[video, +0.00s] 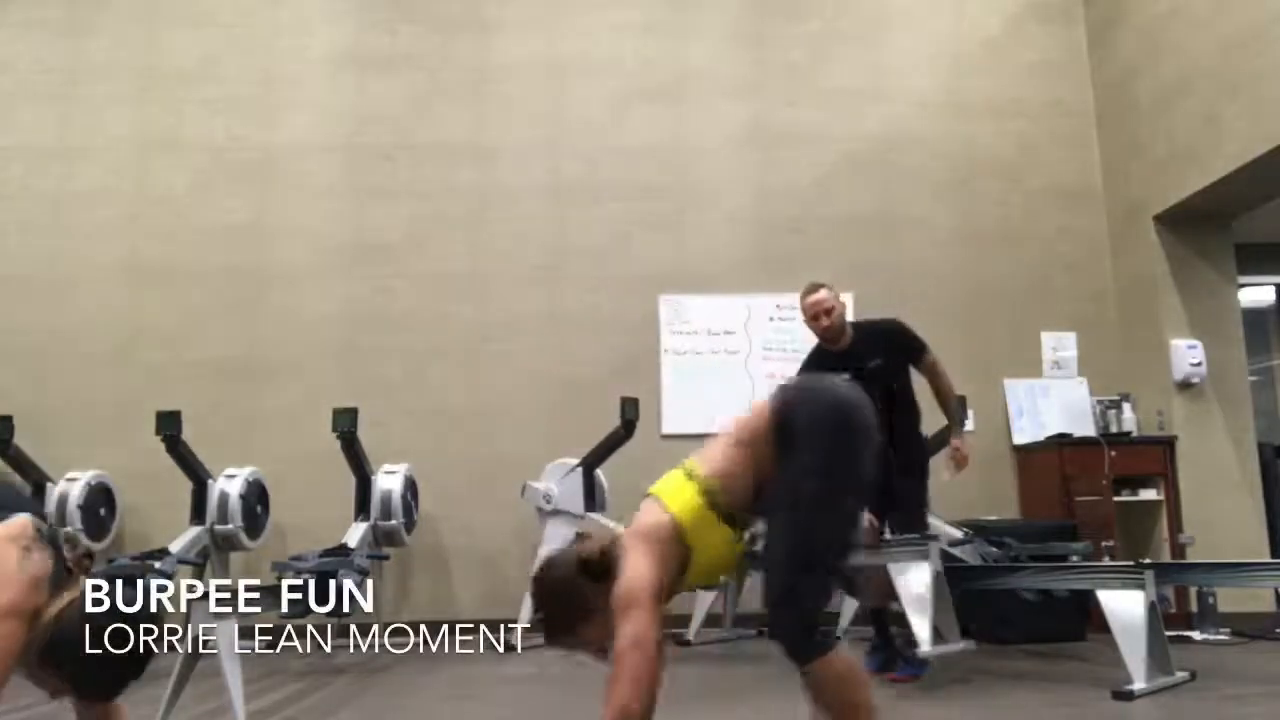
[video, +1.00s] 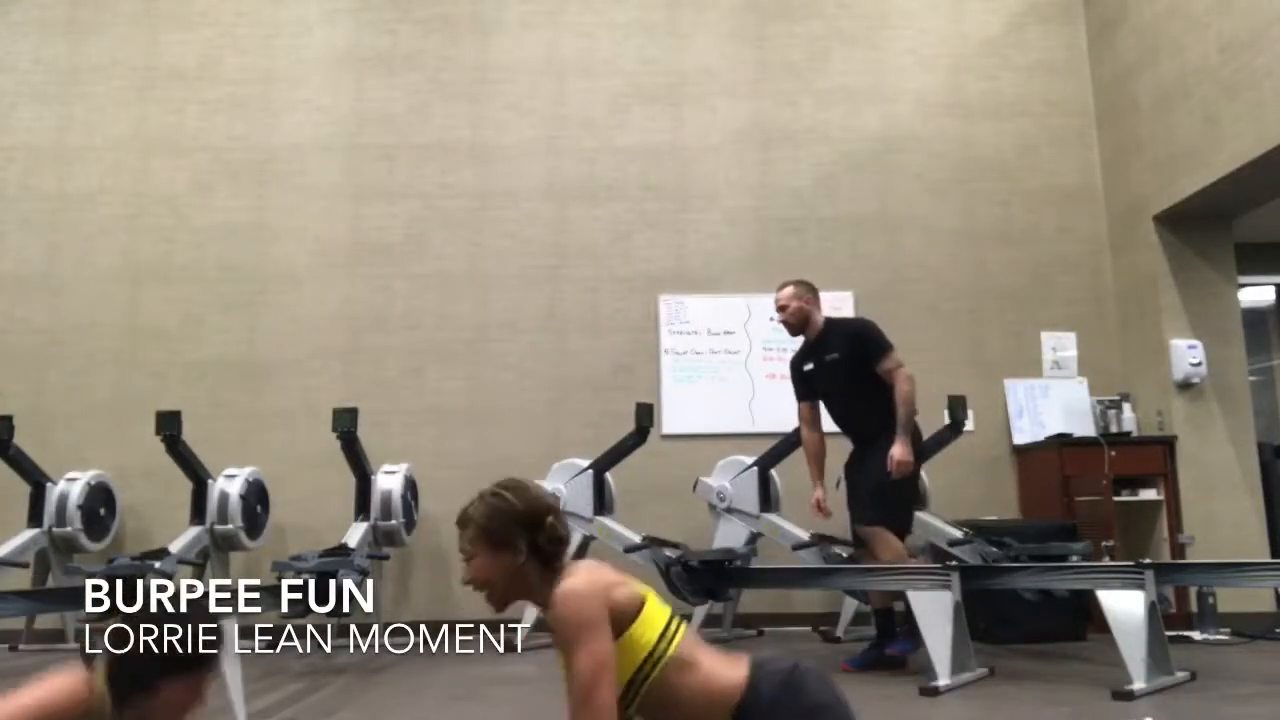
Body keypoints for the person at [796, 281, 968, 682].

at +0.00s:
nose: (824, 321)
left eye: (828, 311)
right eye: (814, 317)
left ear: (842, 304)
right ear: (807, 323)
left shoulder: (889, 335)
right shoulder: (813, 371)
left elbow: (934, 372)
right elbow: (812, 434)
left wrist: (956, 432)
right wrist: (830, 490)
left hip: (905, 464)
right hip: (856, 473)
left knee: (909, 556)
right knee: (866, 556)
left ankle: (913, 647)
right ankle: (882, 643)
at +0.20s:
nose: (817, 351)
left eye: (820, 340)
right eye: (808, 346)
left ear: (838, 329)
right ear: (803, 349)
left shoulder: (891, 346)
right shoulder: (818, 396)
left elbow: (938, 379)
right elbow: (838, 463)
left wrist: (958, 439)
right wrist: (870, 527)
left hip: (916, 452)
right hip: (870, 460)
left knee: (915, 550)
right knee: (873, 550)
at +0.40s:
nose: (809, 336)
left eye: (813, 326)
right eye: (802, 331)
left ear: (835, 319)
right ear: (800, 336)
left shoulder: (889, 341)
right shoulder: (814, 383)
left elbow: (942, 379)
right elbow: (829, 451)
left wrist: (957, 440)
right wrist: (858, 513)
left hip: (918, 445)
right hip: (872, 450)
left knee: (912, 547)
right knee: (866, 540)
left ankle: (917, 647)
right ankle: (883, 640)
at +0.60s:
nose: (801, 314)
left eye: (807, 304)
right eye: (796, 308)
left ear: (831, 301)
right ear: (797, 313)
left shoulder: (882, 333)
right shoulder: (808, 363)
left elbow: (931, 380)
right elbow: (811, 428)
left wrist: (935, 443)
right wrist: (825, 489)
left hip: (912, 446)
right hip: (868, 452)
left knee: (910, 548)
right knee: (866, 548)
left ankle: (917, 646)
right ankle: (885, 640)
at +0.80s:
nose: (788, 312)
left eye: (794, 303)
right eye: (785, 307)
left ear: (820, 301)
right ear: (791, 312)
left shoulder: (869, 331)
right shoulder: (802, 363)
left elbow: (918, 378)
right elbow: (803, 427)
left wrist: (915, 435)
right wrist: (807, 486)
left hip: (901, 443)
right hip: (862, 451)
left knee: (900, 544)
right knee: (868, 549)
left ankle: (916, 645)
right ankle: (884, 642)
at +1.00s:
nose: (780, 315)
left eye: (785, 306)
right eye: (777, 310)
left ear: (811, 302)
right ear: (787, 314)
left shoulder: (857, 332)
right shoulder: (801, 363)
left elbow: (902, 378)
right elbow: (810, 426)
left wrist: (903, 439)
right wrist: (817, 482)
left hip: (894, 438)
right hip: (863, 446)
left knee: (873, 527)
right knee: (865, 536)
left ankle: (925, 612)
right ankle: (885, 639)